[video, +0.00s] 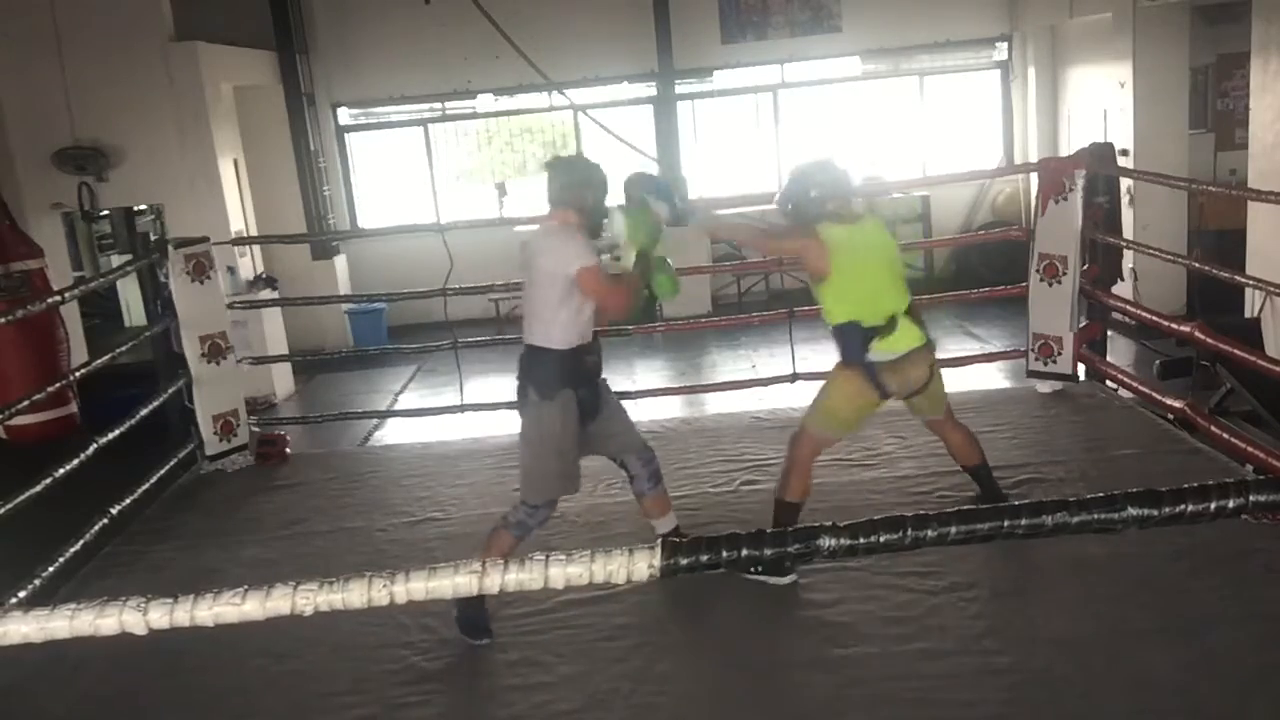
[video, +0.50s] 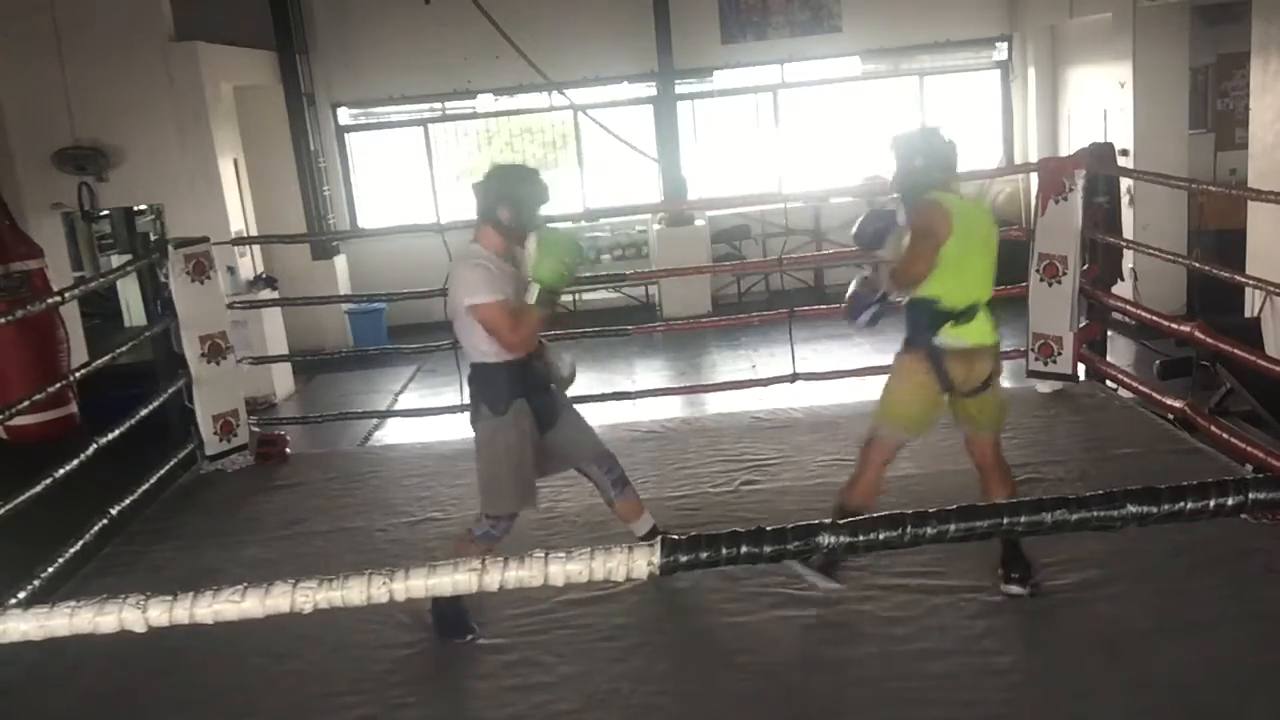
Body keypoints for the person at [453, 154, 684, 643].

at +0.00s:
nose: (601, 206)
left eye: (599, 196)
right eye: (598, 197)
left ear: (558, 195)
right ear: (583, 196)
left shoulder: (548, 239)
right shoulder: (566, 241)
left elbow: (587, 296)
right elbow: (615, 301)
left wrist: (630, 276)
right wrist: (640, 272)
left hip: (581, 379)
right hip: (550, 384)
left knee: (639, 458)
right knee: (539, 500)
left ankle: (675, 549)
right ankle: (476, 592)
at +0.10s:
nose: (573, 202)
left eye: (571, 194)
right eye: (569, 194)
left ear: (528, 200)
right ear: (558, 197)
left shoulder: (516, 249)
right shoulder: (561, 241)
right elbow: (633, 277)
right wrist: (637, 225)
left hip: (569, 383)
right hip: (561, 389)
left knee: (639, 458)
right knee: (551, 509)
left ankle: (675, 547)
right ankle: (471, 582)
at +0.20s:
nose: (559, 210)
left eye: (557, 201)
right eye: (555, 202)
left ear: (508, 206)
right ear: (541, 205)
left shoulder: (497, 258)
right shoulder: (535, 254)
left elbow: (525, 327)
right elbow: (605, 287)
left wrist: (585, 335)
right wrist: (592, 229)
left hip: (562, 386)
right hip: (550, 394)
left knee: (633, 462)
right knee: (541, 512)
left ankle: (675, 548)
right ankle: (464, 587)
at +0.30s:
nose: (544, 227)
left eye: (543, 219)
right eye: (538, 219)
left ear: (497, 219)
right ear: (517, 220)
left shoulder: (500, 261)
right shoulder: (501, 267)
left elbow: (510, 332)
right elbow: (579, 302)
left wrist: (561, 361)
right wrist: (571, 251)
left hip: (548, 390)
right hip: (520, 399)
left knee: (620, 471)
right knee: (514, 521)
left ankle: (671, 546)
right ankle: (457, 595)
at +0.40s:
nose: (542, 227)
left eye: (541, 218)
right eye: (535, 219)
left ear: (497, 218)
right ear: (512, 219)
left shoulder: (501, 268)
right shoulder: (487, 273)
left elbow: (536, 323)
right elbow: (554, 321)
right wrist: (563, 266)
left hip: (536, 389)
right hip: (507, 398)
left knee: (609, 471)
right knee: (508, 520)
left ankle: (664, 547)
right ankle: (454, 597)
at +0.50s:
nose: (535, 222)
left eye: (535, 212)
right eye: (529, 212)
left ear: (504, 212)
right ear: (502, 211)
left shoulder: (511, 260)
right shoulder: (472, 272)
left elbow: (519, 325)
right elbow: (517, 341)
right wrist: (548, 287)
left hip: (535, 386)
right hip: (499, 398)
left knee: (603, 466)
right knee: (499, 516)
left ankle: (657, 548)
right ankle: (446, 589)